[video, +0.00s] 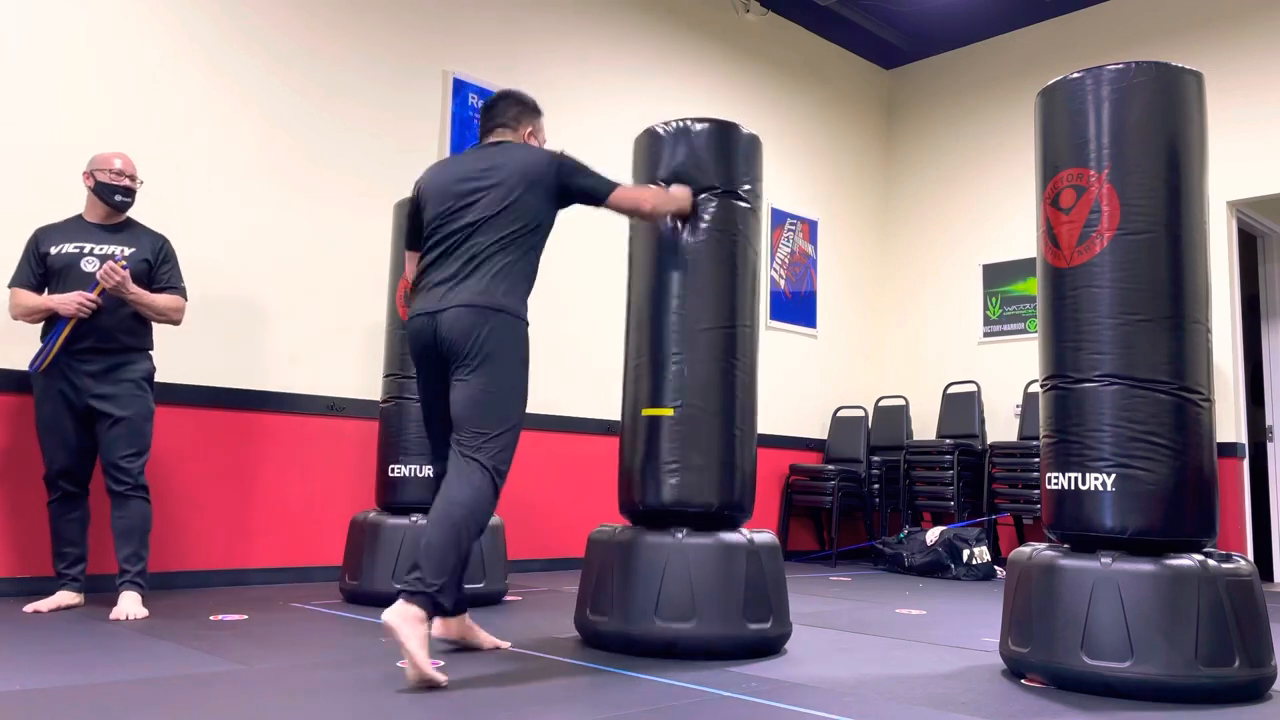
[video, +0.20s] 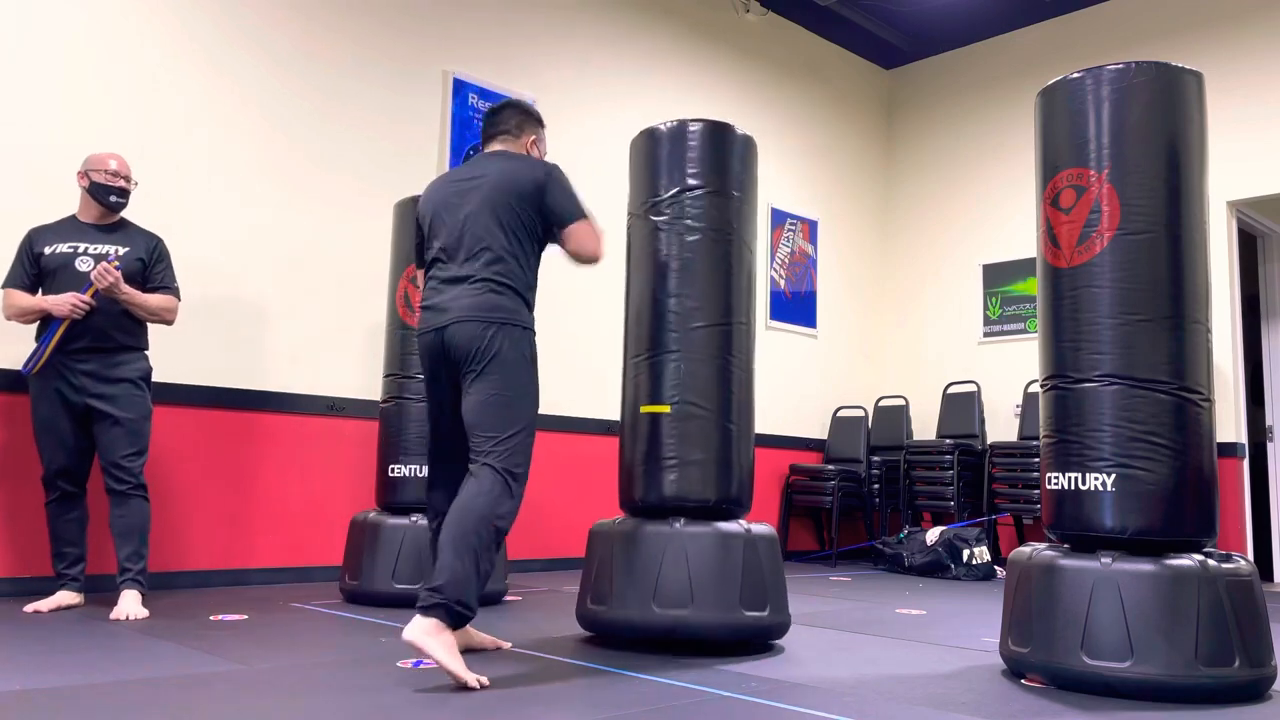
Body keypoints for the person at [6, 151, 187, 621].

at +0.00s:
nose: (123, 182)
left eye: (130, 177)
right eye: (113, 173)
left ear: (137, 188)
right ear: (87, 179)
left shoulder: (154, 245)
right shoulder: (47, 239)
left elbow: (176, 312)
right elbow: (17, 304)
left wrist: (131, 292)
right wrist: (55, 302)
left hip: (125, 380)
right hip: (60, 379)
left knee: (127, 481)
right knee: (64, 484)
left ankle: (131, 589)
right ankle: (70, 586)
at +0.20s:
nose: (118, 183)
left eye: (125, 178)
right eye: (108, 174)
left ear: (131, 189)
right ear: (82, 179)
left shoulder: (148, 245)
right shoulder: (41, 240)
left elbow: (169, 311)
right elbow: (11, 305)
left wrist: (123, 292)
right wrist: (48, 303)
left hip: (122, 380)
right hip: (56, 379)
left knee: (127, 480)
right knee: (62, 483)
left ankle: (131, 589)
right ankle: (71, 586)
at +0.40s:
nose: (112, 184)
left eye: (119, 178)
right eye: (102, 175)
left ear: (125, 189)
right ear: (75, 180)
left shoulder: (142, 245)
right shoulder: (34, 241)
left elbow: (164, 312)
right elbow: (5, 306)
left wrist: (118, 292)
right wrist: (44, 303)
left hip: (117, 380)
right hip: (51, 380)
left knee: (124, 479)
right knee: (58, 483)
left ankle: (130, 588)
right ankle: (70, 586)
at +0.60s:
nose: (106, 183)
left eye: (112, 178)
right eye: (95, 174)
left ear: (119, 189)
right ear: (69, 180)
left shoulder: (136, 245)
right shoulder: (28, 241)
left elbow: (157, 311)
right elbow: (3, 307)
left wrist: (111, 290)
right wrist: (37, 303)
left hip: (110, 378)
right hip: (45, 378)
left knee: (113, 479)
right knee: (56, 482)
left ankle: (116, 587)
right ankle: (69, 586)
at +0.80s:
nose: (102, 183)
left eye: (109, 178)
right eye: (91, 174)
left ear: (115, 188)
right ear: (63, 179)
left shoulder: (130, 243)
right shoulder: (22, 242)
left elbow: (152, 310)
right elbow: (2, 308)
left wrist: (102, 288)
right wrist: (30, 302)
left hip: (101, 372)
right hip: (38, 373)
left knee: (88, 471)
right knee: (50, 478)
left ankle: (82, 587)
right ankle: (65, 584)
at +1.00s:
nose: (96, 181)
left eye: (103, 176)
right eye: (86, 172)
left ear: (108, 186)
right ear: (56, 177)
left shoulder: (122, 241)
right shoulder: (15, 239)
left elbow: (143, 309)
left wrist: (90, 286)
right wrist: (17, 301)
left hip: (90, 366)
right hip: (28, 367)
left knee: (55, 463)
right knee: (45, 472)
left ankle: (32, 585)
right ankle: (68, 583)